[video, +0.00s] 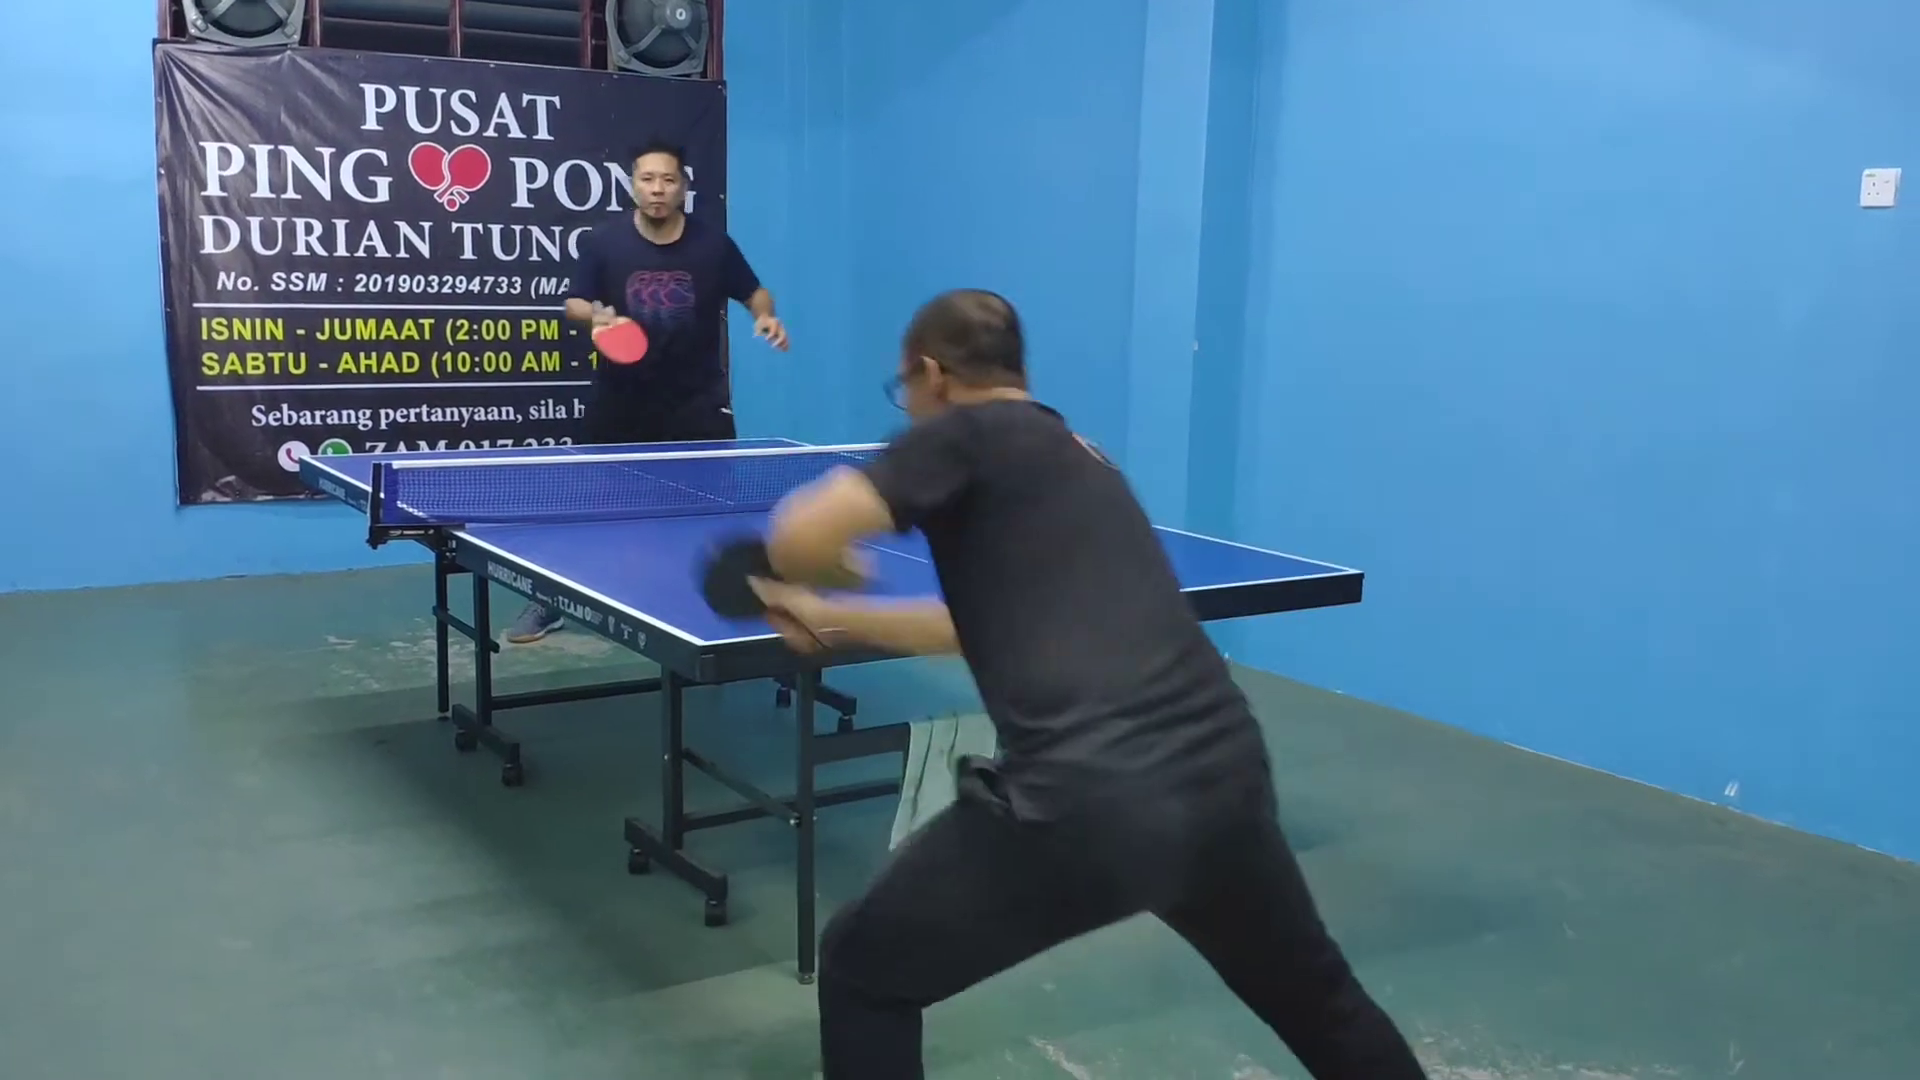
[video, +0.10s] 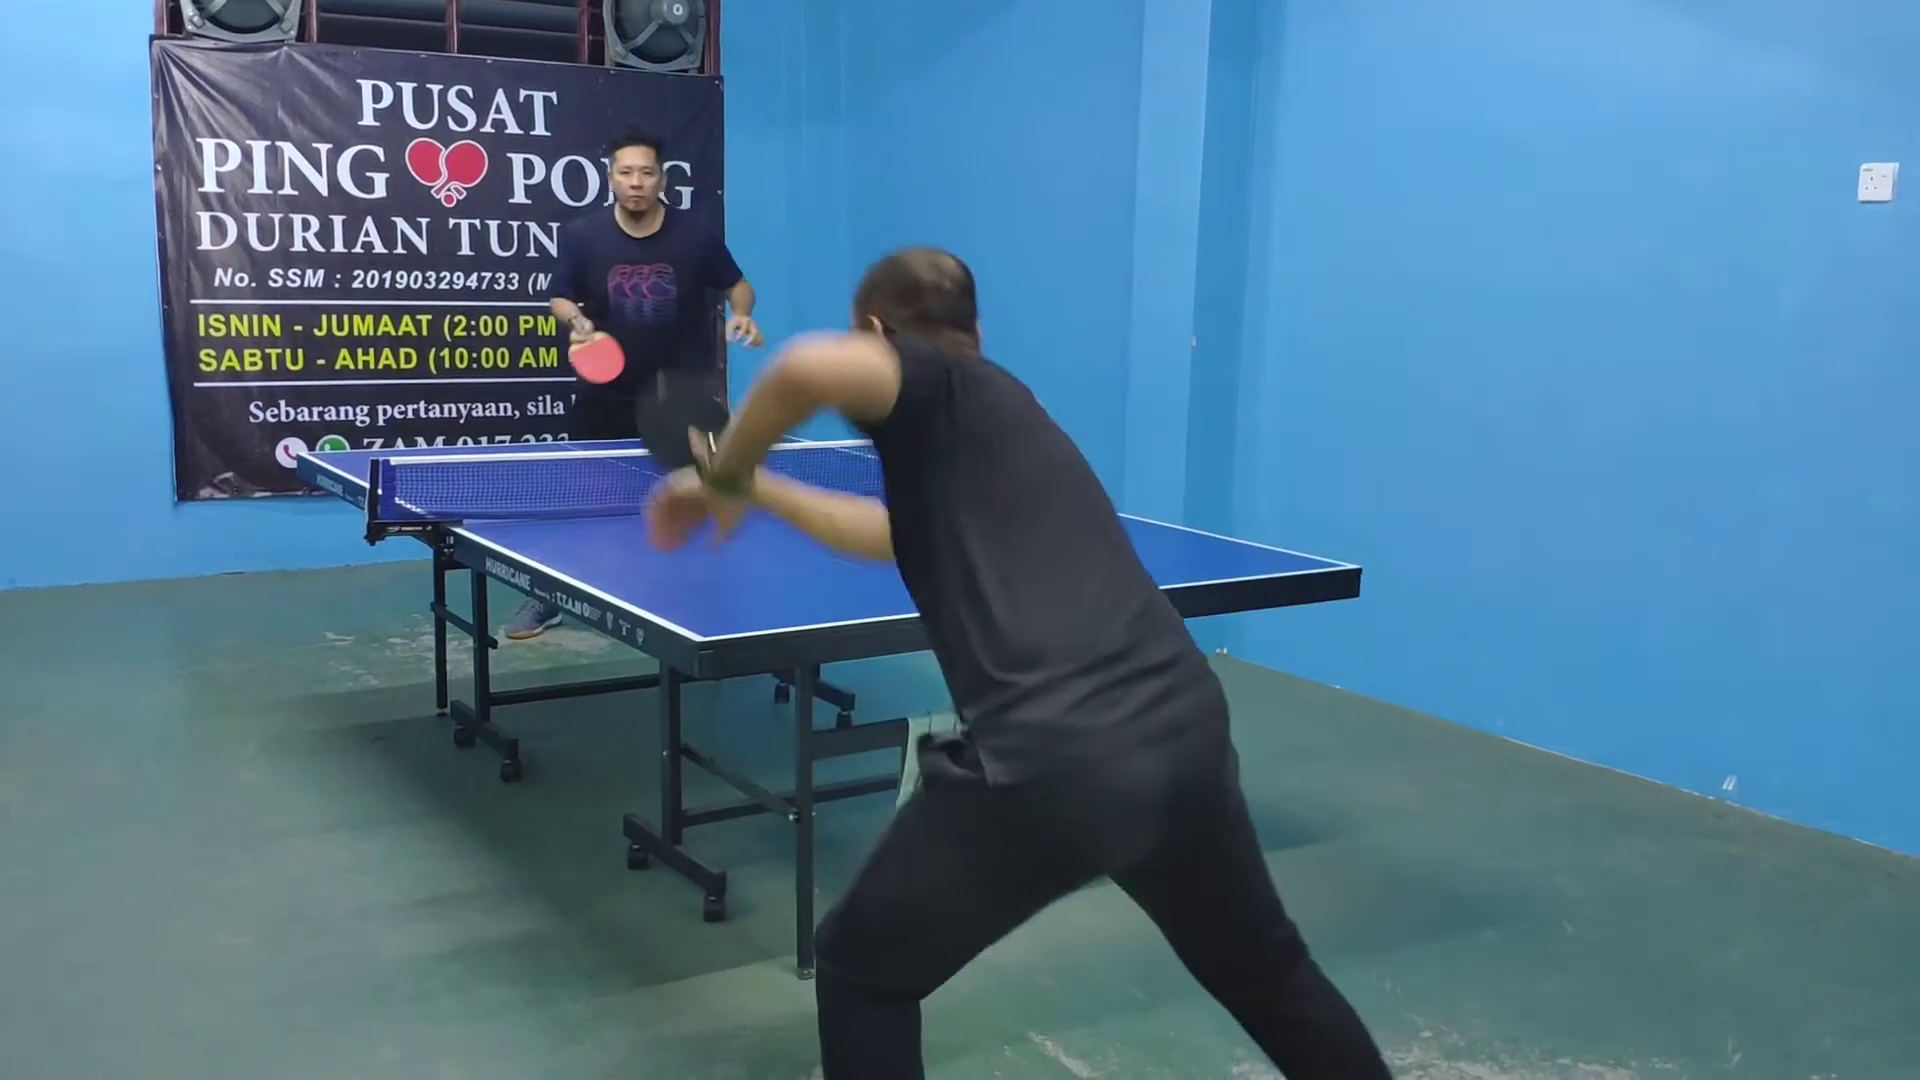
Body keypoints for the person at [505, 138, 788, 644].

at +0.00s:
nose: (657, 187)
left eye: (667, 179)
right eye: (648, 178)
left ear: (684, 187)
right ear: (632, 185)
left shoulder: (711, 242)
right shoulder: (605, 242)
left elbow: (754, 292)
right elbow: (572, 303)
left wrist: (765, 316)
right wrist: (595, 312)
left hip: (697, 403)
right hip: (622, 402)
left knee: (721, 499)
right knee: (581, 496)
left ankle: (740, 602)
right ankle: (547, 600)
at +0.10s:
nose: (636, 181)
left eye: (645, 172)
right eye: (626, 172)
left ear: (661, 179)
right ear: (611, 179)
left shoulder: (695, 234)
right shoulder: (584, 236)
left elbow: (739, 287)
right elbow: (560, 299)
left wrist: (742, 314)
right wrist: (576, 318)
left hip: (677, 385)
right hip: (605, 388)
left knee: (699, 486)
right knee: (576, 488)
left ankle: (703, 597)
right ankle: (544, 595)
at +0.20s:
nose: (626, 176)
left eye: (635, 167)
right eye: (616, 167)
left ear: (652, 172)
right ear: (602, 173)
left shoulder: (687, 227)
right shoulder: (577, 229)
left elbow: (737, 283)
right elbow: (560, 288)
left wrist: (716, 311)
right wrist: (568, 327)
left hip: (674, 387)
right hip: (602, 384)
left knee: (683, 486)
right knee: (572, 484)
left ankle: (690, 594)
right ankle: (543, 591)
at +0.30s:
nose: (630, 183)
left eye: (638, 174)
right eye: (620, 175)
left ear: (654, 177)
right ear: (606, 178)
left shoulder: (686, 226)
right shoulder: (588, 227)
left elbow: (738, 290)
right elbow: (572, 285)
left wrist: (687, 308)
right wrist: (557, 332)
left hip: (676, 391)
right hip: (605, 386)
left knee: (680, 489)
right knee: (576, 483)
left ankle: (692, 594)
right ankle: (543, 590)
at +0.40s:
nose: (652, 197)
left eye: (662, 186)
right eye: (642, 188)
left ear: (679, 186)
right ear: (628, 189)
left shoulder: (703, 232)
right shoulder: (614, 223)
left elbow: (753, 293)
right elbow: (587, 269)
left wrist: (697, 305)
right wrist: (559, 325)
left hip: (695, 391)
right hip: (627, 386)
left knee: (712, 498)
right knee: (583, 482)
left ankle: (724, 597)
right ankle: (543, 591)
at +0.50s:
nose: (679, 200)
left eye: (689, 189)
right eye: (669, 190)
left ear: (711, 189)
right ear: (657, 191)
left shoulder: (732, 240)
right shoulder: (645, 220)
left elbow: (786, 291)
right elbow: (613, 234)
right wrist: (579, 288)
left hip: (730, 399)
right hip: (659, 395)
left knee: (746, 503)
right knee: (608, 492)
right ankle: (552, 590)